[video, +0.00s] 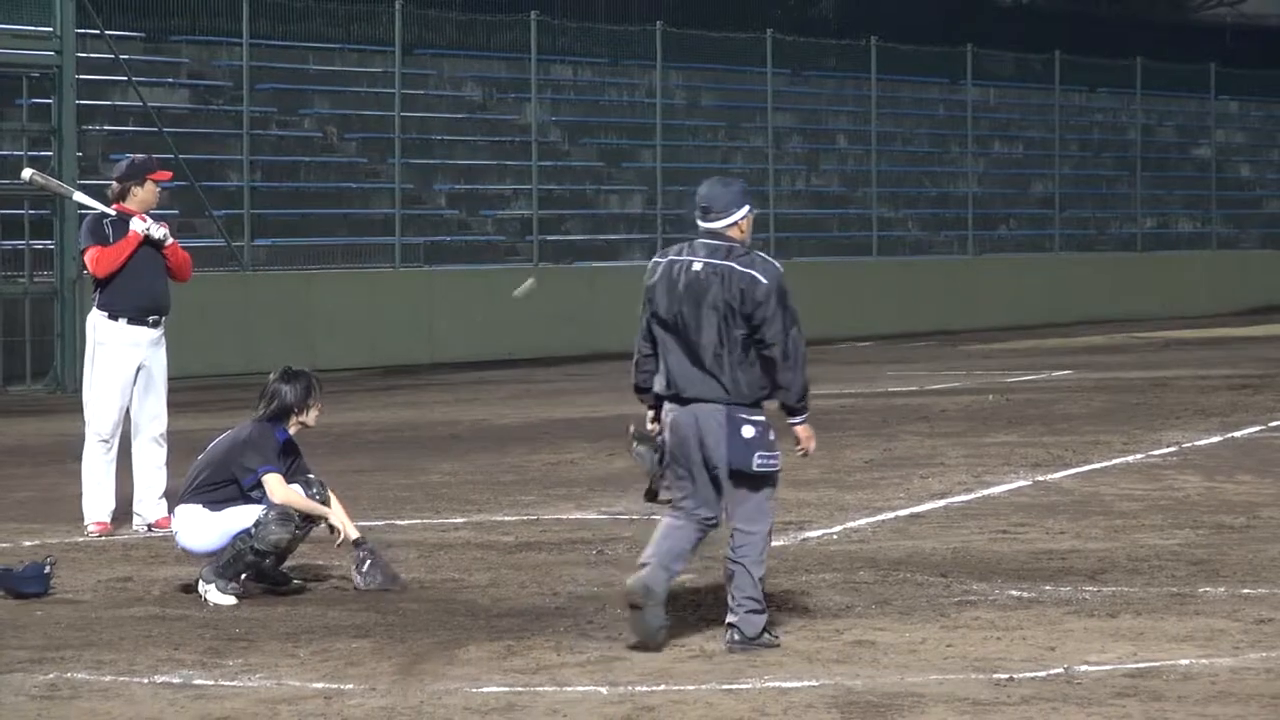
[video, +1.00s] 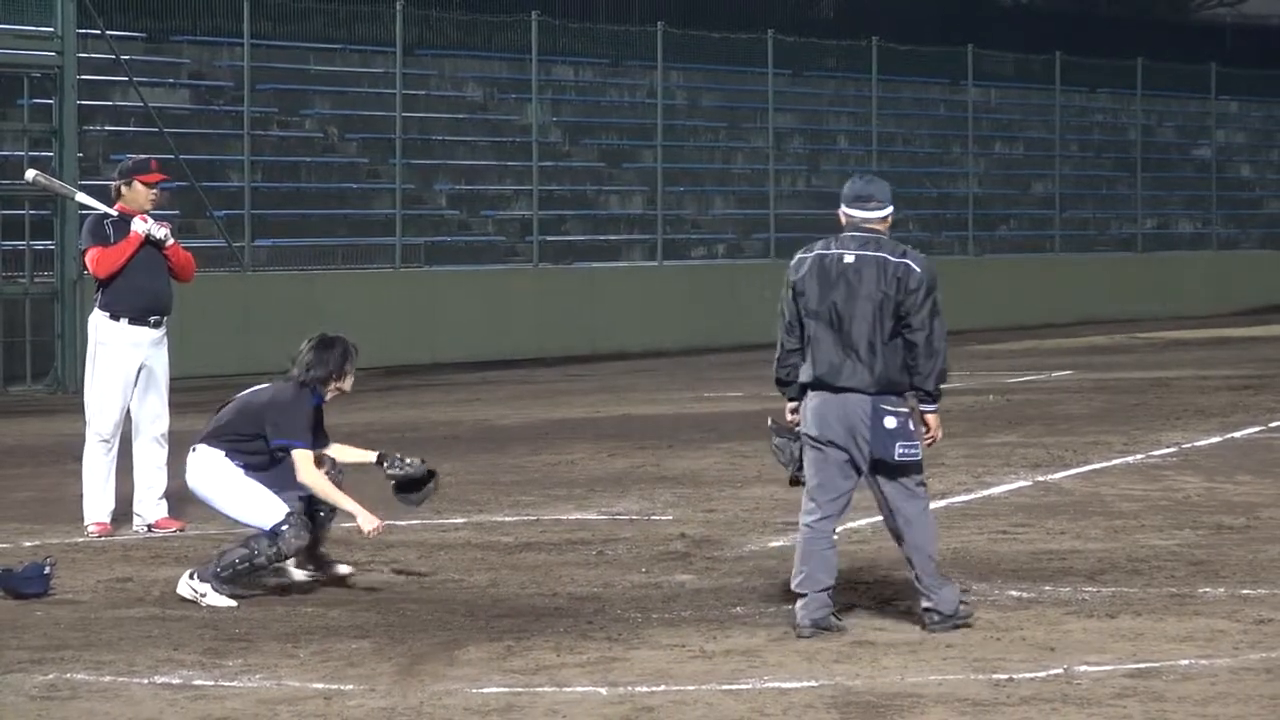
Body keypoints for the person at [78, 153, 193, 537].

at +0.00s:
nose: (159, 191)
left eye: (158, 185)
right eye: (153, 184)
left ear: (137, 188)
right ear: (132, 187)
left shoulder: (155, 227)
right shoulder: (99, 221)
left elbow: (184, 272)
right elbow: (99, 266)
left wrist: (166, 241)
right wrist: (136, 235)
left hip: (153, 335)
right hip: (113, 333)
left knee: (152, 428)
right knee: (103, 429)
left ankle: (151, 512)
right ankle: (98, 517)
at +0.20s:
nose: (158, 192)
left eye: (158, 186)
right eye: (153, 185)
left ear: (137, 189)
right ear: (131, 188)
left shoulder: (154, 228)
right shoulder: (98, 222)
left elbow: (183, 273)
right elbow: (99, 267)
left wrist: (166, 242)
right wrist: (135, 236)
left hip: (153, 335)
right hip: (112, 334)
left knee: (152, 428)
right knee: (103, 429)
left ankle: (151, 513)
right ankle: (97, 517)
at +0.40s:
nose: (158, 190)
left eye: (157, 184)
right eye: (152, 184)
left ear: (137, 188)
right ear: (131, 187)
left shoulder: (154, 228)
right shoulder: (98, 221)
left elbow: (183, 272)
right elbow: (98, 266)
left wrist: (165, 242)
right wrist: (135, 235)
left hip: (153, 334)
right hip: (112, 333)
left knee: (152, 427)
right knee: (103, 428)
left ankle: (150, 512)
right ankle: (97, 516)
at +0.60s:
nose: (158, 192)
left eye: (157, 186)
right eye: (152, 185)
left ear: (137, 189)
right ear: (130, 188)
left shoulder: (153, 230)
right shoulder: (98, 222)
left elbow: (184, 273)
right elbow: (97, 268)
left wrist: (165, 243)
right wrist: (135, 236)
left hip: (153, 335)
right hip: (112, 334)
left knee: (152, 428)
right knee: (103, 429)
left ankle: (150, 512)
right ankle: (97, 517)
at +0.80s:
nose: (158, 191)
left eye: (158, 185)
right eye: (152, 185)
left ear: (138, 189)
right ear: (128, 187)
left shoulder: (155, 228)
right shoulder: (99, 221)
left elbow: (186, 272)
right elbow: (99, 266)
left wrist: (166, 241)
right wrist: (136, 235)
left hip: (154, 334)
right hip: (113, 333)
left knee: (153, 427)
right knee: (103, 428)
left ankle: (151, 511)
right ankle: (98, 516)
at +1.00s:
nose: (156, 192)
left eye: (157, 187)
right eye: (149, 186)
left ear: (148, 190)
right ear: (125, 187)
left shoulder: (156, 228)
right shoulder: (100, 222)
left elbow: (187, 271)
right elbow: (99, 267)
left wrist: (167, 242)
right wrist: (137, 236)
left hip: (155, 335)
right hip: (114, 333)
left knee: (153, 427)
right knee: (104, 428)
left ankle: (151, 513)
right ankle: (98, 517)